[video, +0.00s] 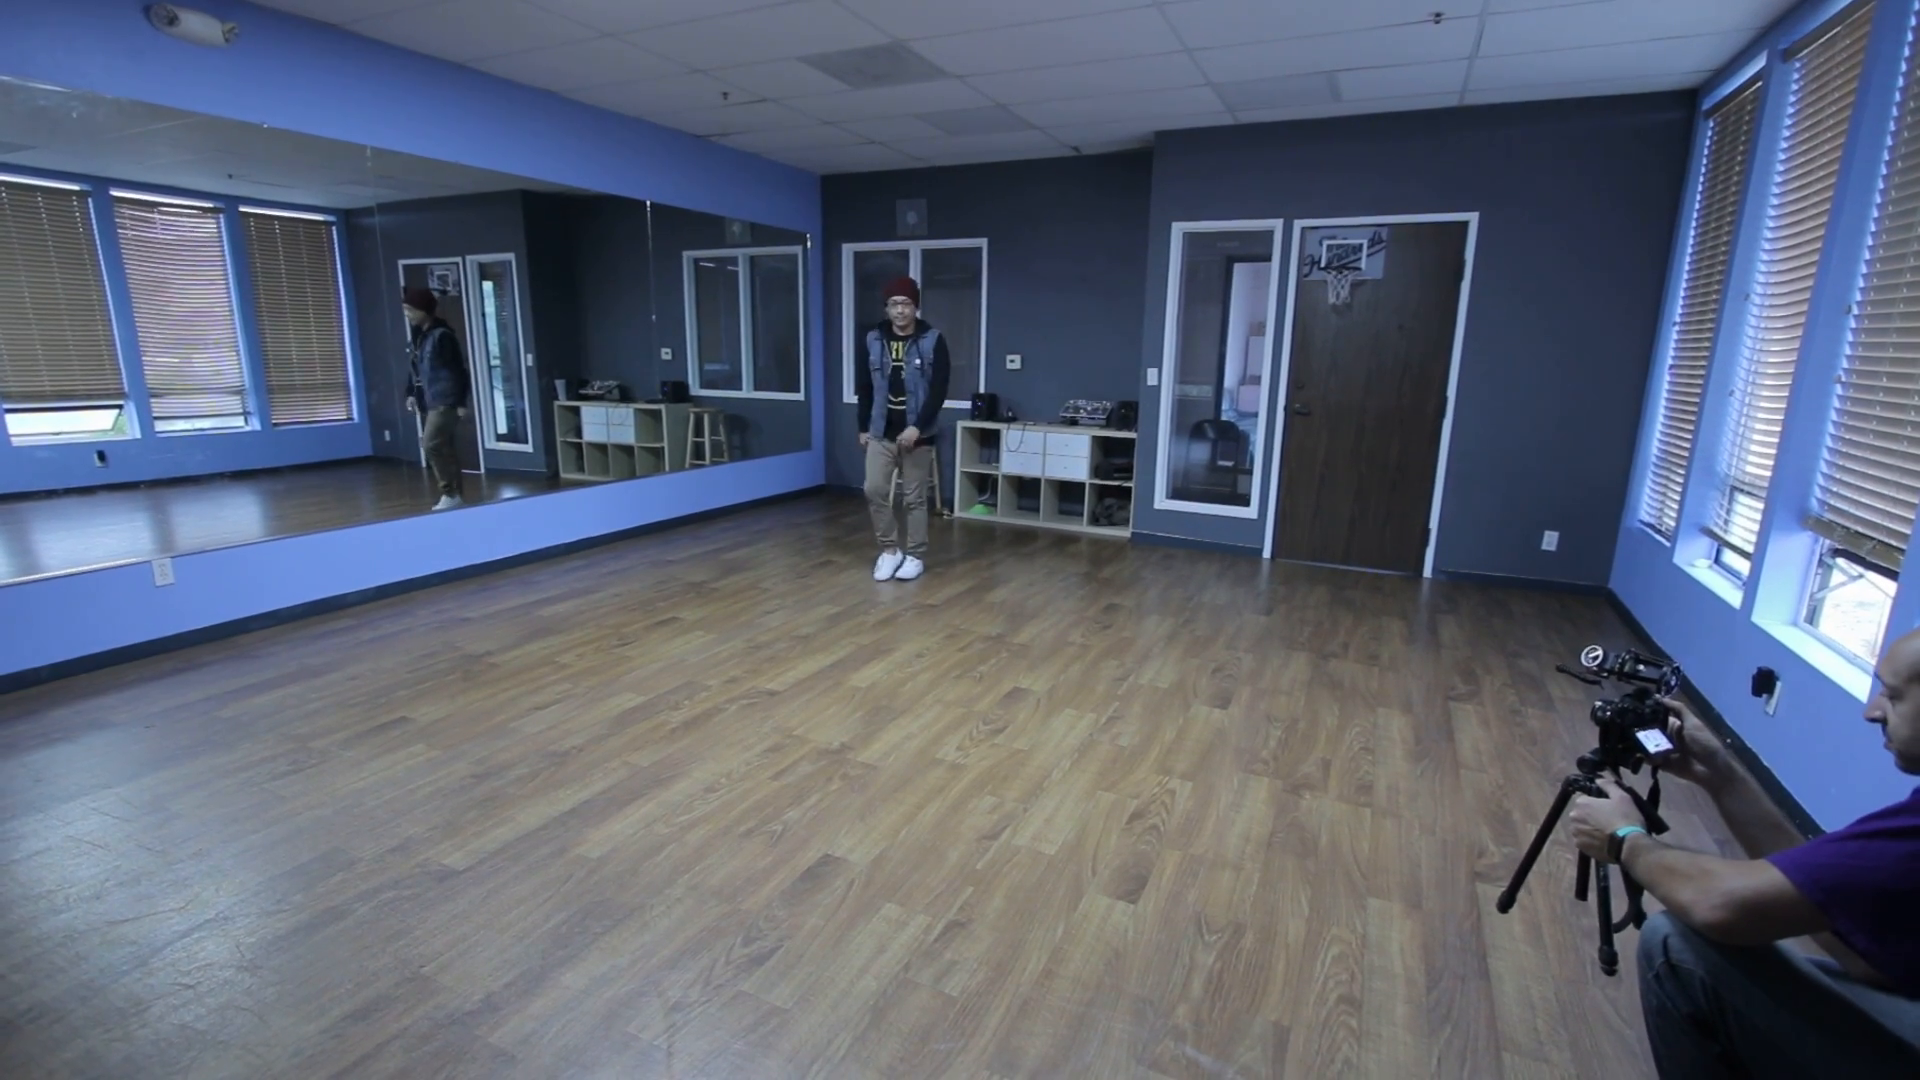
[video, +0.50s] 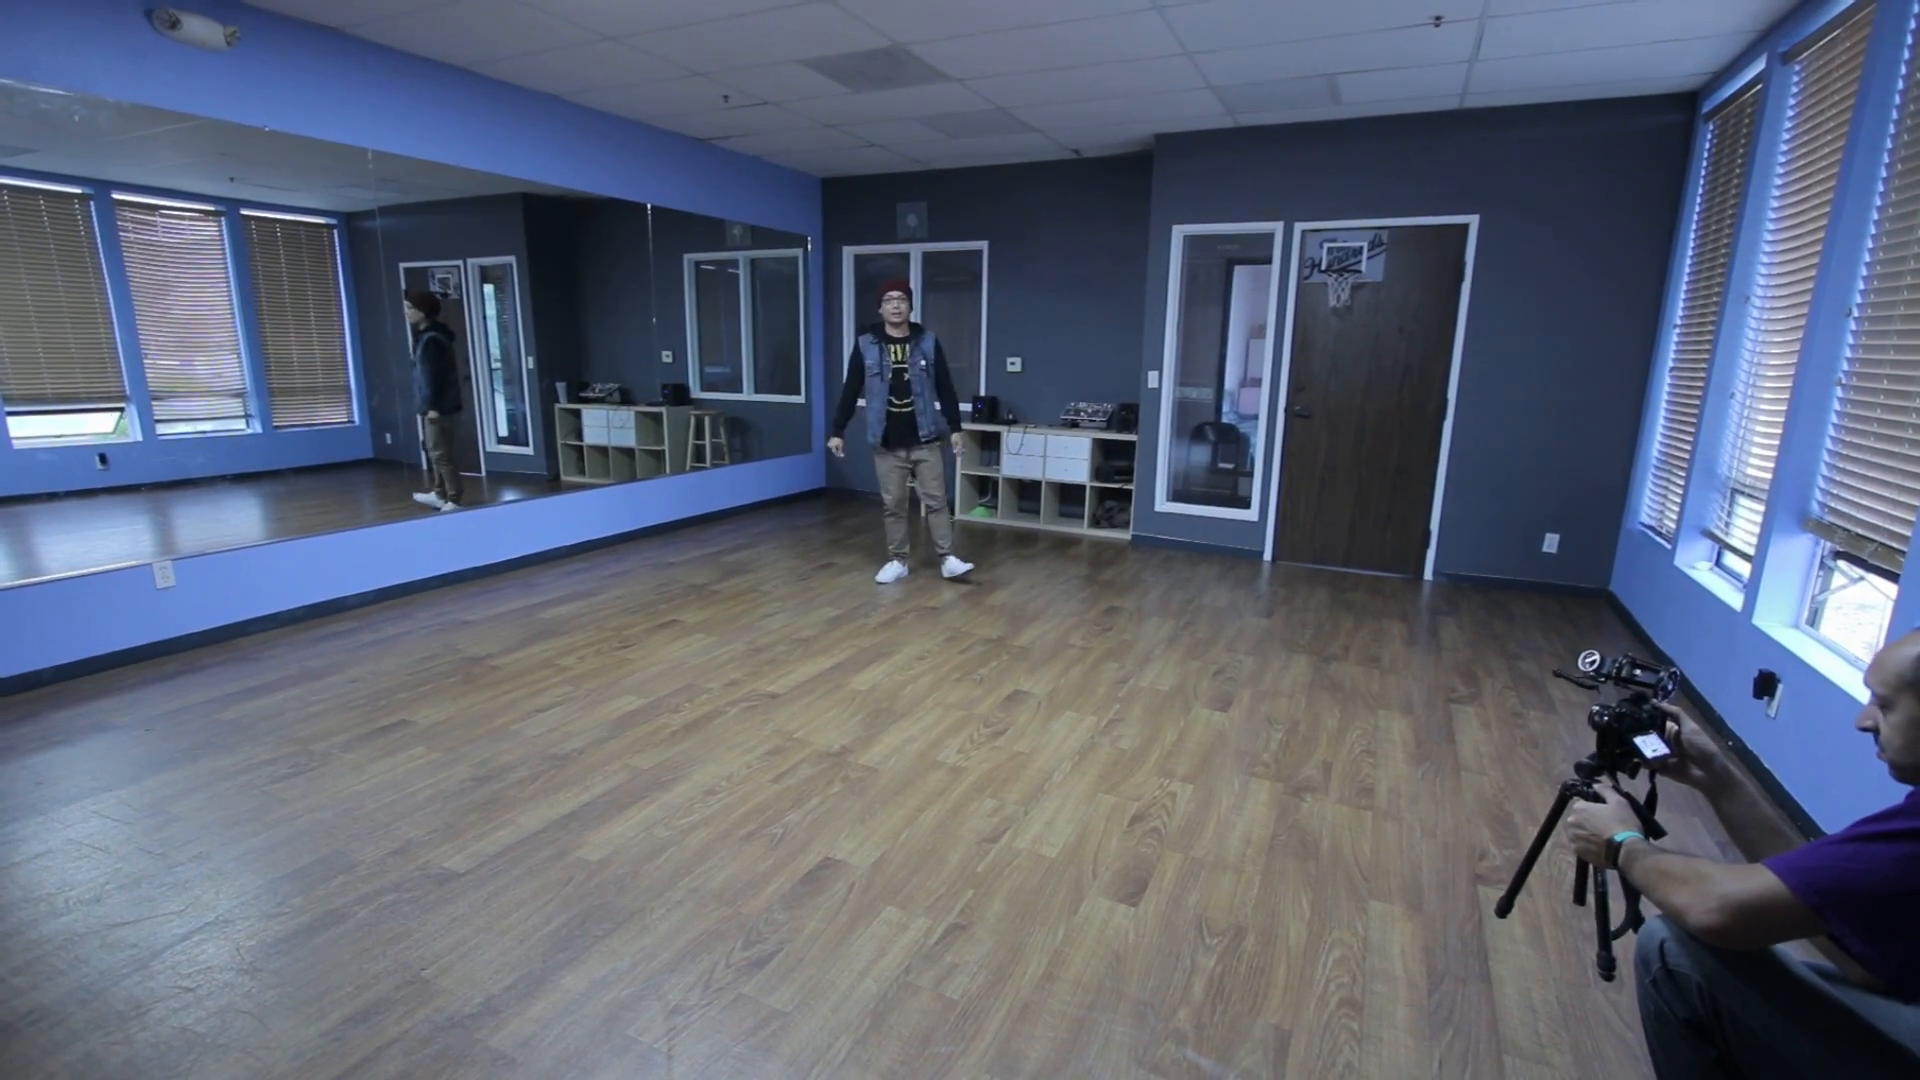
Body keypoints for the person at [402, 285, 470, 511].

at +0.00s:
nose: (406, 314)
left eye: (410, 309)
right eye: (406, 309)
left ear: (423, 310)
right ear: (416, 311)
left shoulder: (443, 335)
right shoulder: (419, 336)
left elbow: (457, 370)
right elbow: (417, 370)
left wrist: (461, 401)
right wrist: (412, 394)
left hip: (446, 400)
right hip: (430, 400)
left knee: (432, 444)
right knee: (443, 446)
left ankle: (450, 492)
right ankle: (453, 491)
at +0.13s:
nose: (406, 313)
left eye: (410, 308)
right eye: (405, 308)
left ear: (423, 309)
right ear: (416, 311)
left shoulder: (442, 334)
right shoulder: (418, 336)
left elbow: (458, 370)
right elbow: (419, 373)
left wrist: (458, 401)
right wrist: (414, 397)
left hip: (443, 401)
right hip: (428, 401)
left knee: (432, 446)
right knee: (439, 447)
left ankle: (451, 493)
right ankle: (450, 492)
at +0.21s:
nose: (406, 314)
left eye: (409, 309)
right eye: (405, 309)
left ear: (423, 310)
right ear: (415, 311)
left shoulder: (442, 336)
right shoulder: (418, 337)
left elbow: (456, 372)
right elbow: (419, 376)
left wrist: (455, 404)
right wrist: (417, 402)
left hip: (441, 404)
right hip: (427, 404)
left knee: (435, 449)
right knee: (433, 450)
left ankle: (452, 494)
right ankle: (449, 493)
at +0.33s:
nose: (406, 314)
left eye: (410, 310)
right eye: (406, 310)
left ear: (423, 312)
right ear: (417, 313)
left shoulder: (441, 340)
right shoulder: (419, 340)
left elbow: (448, 376)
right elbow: (419, 378)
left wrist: (447, 407)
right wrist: (417, 405)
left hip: (439, 407)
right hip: (425, 407)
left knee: (436, 452)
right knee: (433, 453)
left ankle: (453, 495)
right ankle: (450, 494)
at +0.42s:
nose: (406, 313)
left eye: (410, 309)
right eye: (406, 309)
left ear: (423, 311)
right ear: (420, 312)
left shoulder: (436, 339)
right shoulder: (423, 339)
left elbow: (440, 376)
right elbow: (426, 377)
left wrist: (440, 407)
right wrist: (422, 407)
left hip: (438, 406)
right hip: (427, 406)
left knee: (439, 452)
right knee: (434, 452)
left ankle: (452, 495)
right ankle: (446, 492)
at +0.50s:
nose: (407, 313)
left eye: (410, 309)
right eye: (406, 309)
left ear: (423, 312)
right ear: (423, 312)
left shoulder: (432, 340)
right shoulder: (426, 337)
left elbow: (433, 376)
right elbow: (428, 375)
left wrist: (432, 406)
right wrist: (425, 404)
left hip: (439, 406)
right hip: (433, 404)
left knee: (439, 452)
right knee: (433, 451)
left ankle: (453, 497)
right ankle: (438, 491)